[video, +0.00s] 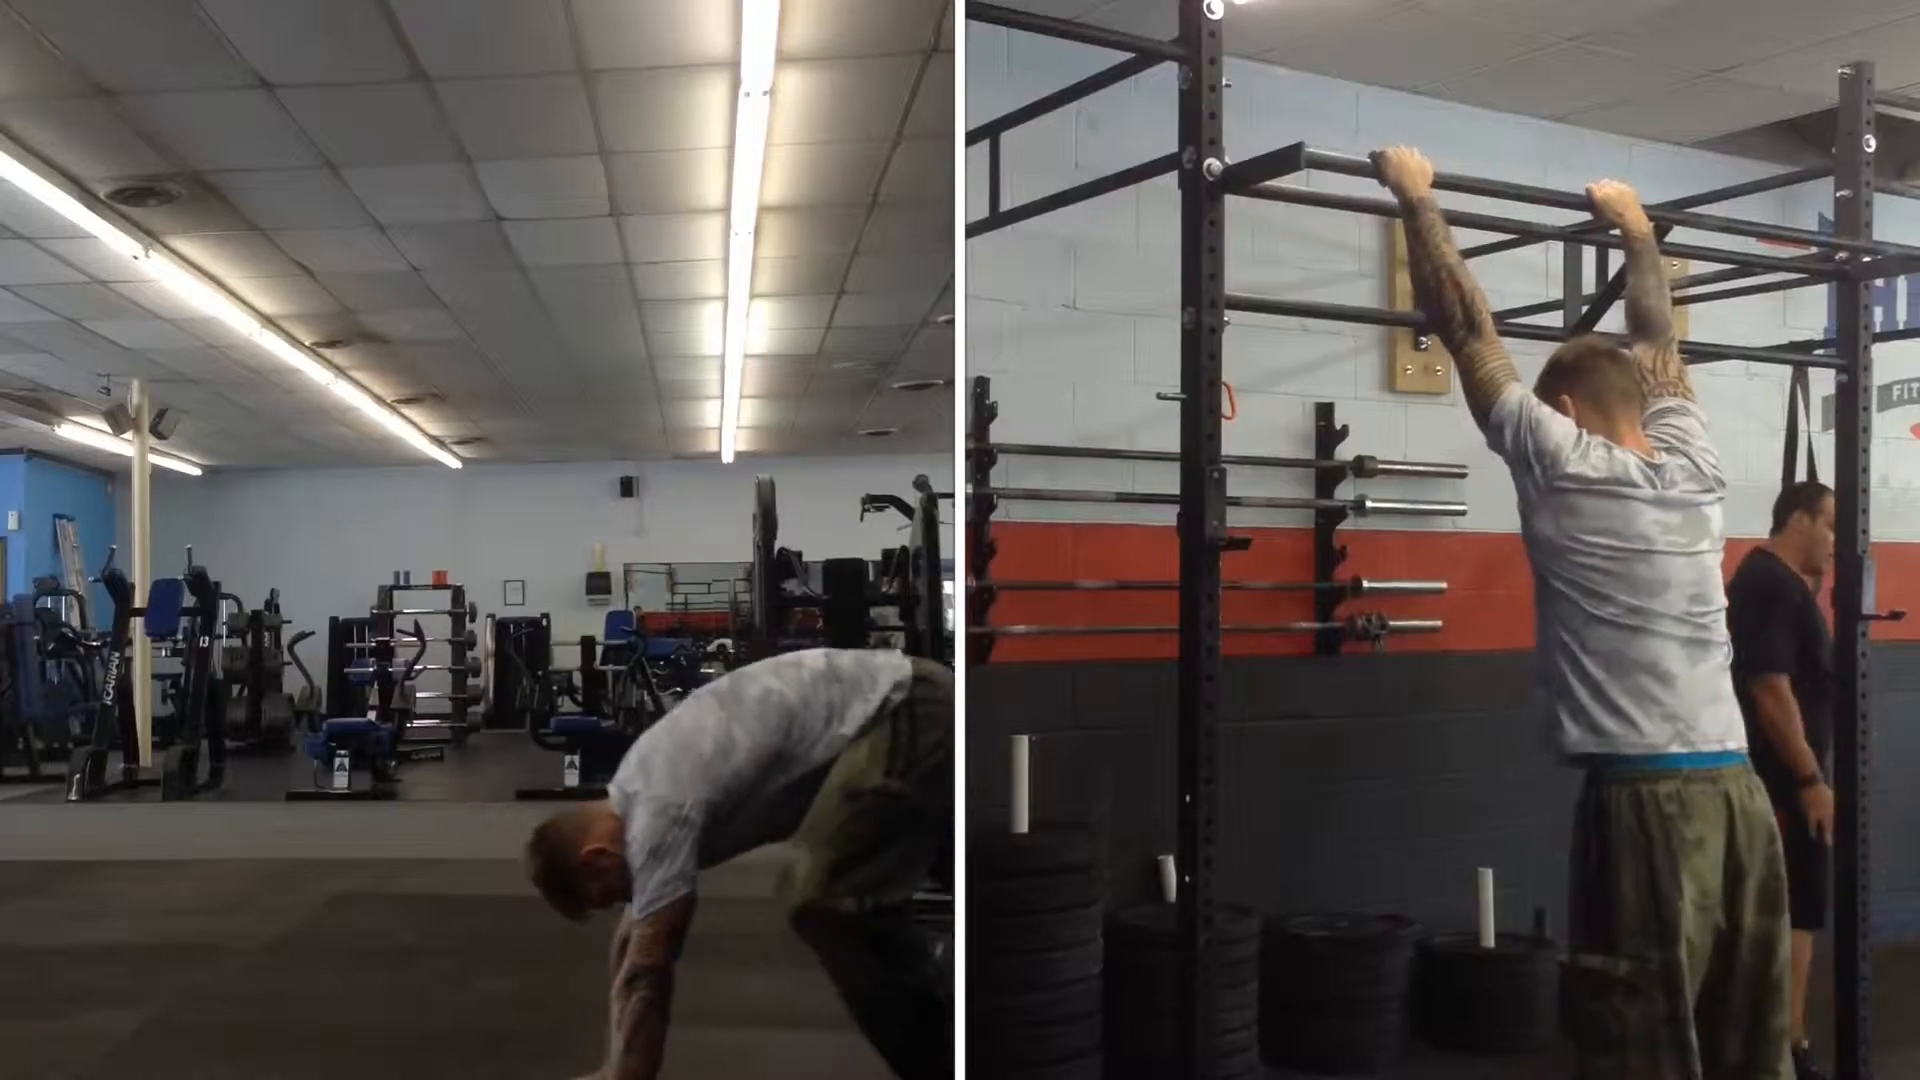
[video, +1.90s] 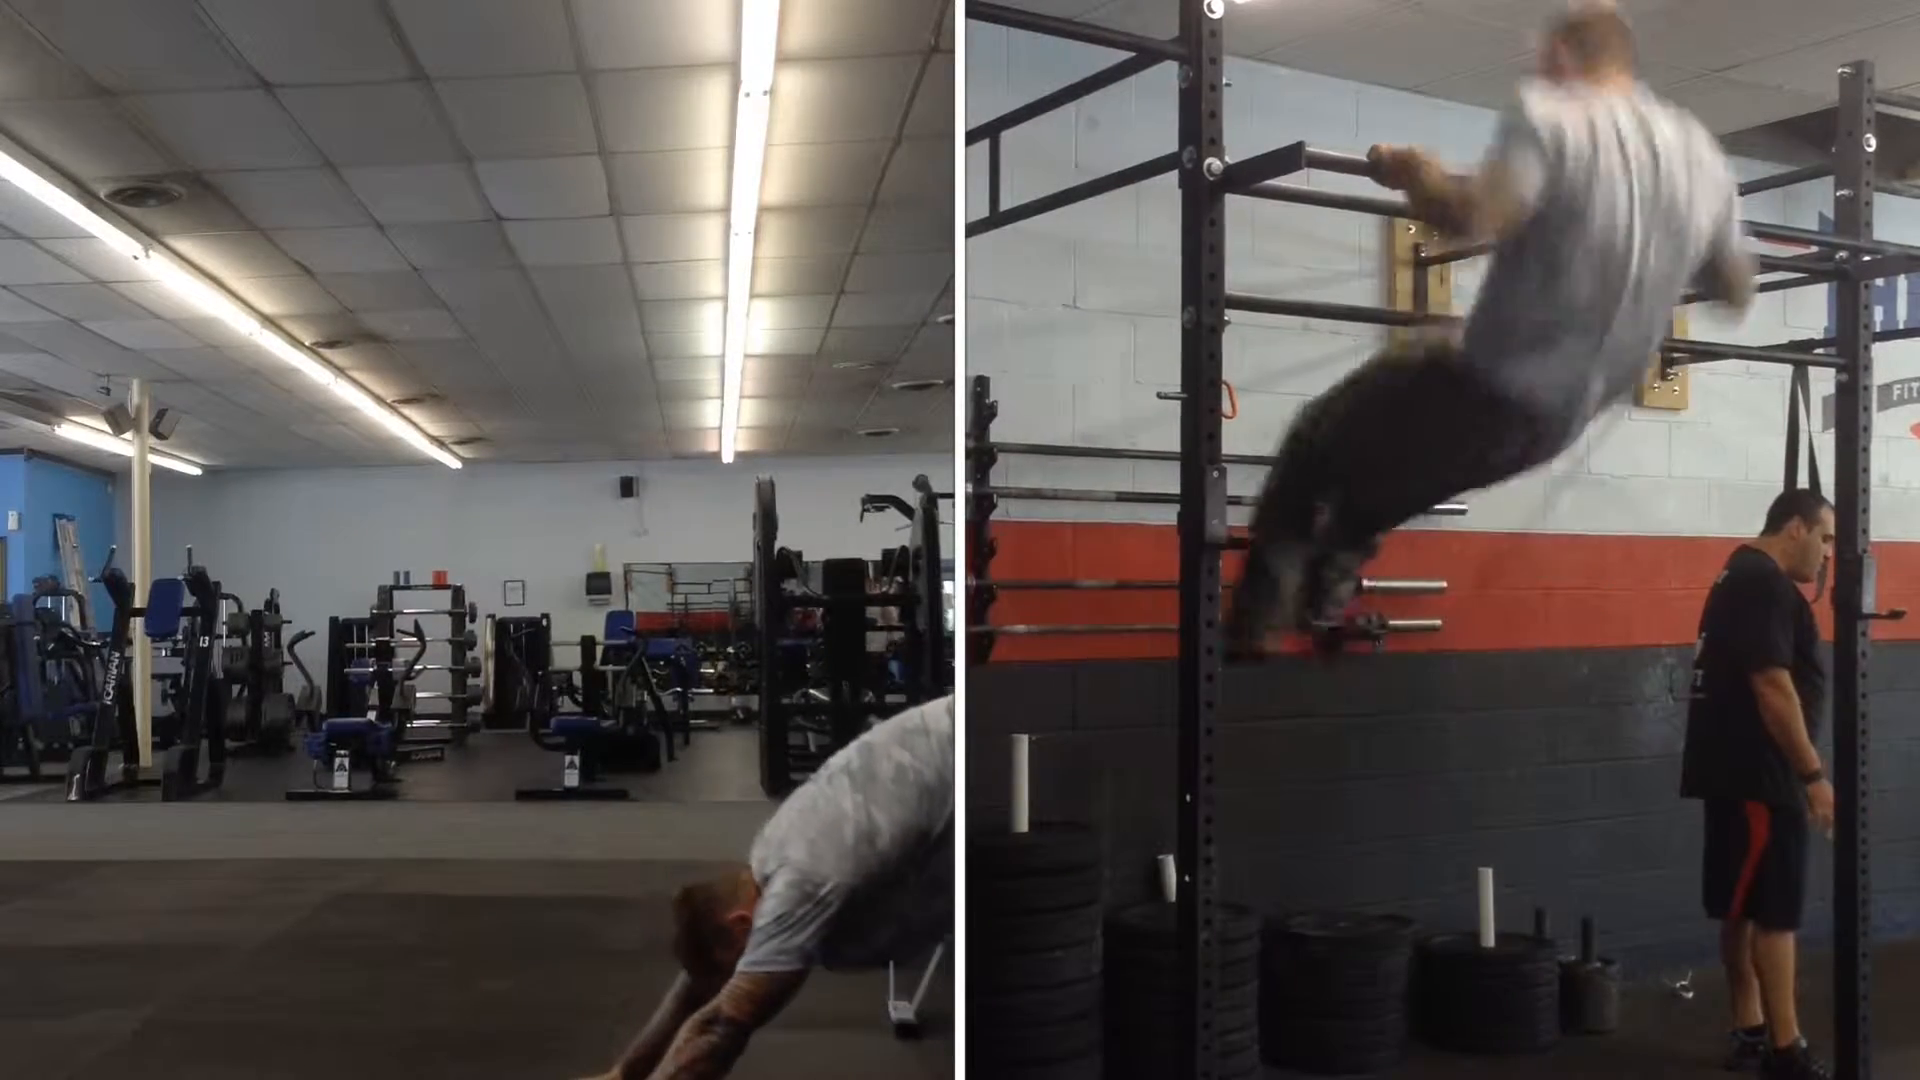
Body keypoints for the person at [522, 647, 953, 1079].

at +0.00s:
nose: (620, 905)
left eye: (606, 897)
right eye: (606, 906)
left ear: (600, 858)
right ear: (601, 844)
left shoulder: (660, 806)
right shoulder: (639, 797)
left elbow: (650, 970)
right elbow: (633, 947)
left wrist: (627, 1068)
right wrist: (616, 1060)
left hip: (908, 709)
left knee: (823, 903)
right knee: (816, 899)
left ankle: (928, 1056)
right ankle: (929, 1049)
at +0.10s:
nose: (627, 909)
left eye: (617, 905)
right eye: (616, 913)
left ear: (611, 865)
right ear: (609, 851)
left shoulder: (671, 812)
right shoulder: (644, 803)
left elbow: (654, 976)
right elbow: (636, 945)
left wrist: (631, 1070)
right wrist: (620, 1062)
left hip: (911, 698)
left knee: (846, 889)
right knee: (842, 885)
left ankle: (947, 1031)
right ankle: (933, 1019)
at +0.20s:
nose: (636, 912)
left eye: (626, 911)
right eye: (626, 918)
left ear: (619, 871)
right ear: (619, 859)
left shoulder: (672, 813)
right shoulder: (651, 808)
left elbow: (654, 978)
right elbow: (639, 960)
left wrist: (630, 1070)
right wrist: (619, 1064)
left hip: (908, 699)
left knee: (912, 915)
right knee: (906, 915)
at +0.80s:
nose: (647, 923)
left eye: (636, 919)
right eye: (636, 927)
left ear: (632, 879)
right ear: (633, 861)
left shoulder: (685, 820)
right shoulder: (674, 806)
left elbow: (657, 991)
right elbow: (649, 971)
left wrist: (626, 1073)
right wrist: (615, 1067)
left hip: (952, 728)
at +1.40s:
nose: (691, 933)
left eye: (684, 927)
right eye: (681, 934)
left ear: (682, 882)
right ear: (682, 873)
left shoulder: (740, 838)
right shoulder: (717, 830)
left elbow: (686, 1000)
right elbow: (672, 964)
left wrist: (637, 1074)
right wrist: (620, 1068)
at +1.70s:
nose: (727, 963)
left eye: (722, 951)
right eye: (715, 960)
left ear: (724, 903)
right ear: (727, 892)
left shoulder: (790, 862)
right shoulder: (748, 852)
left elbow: (712, 1021)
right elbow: (691, 973)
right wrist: (624, 1069)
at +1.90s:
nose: (745, 975)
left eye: (736, 968)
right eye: (734, 972)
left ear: (742, 927)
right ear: (738, 919)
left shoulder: (804, 881)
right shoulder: (767, 862)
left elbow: (721, 1030)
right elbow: (698, 983)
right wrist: (625, 1069)